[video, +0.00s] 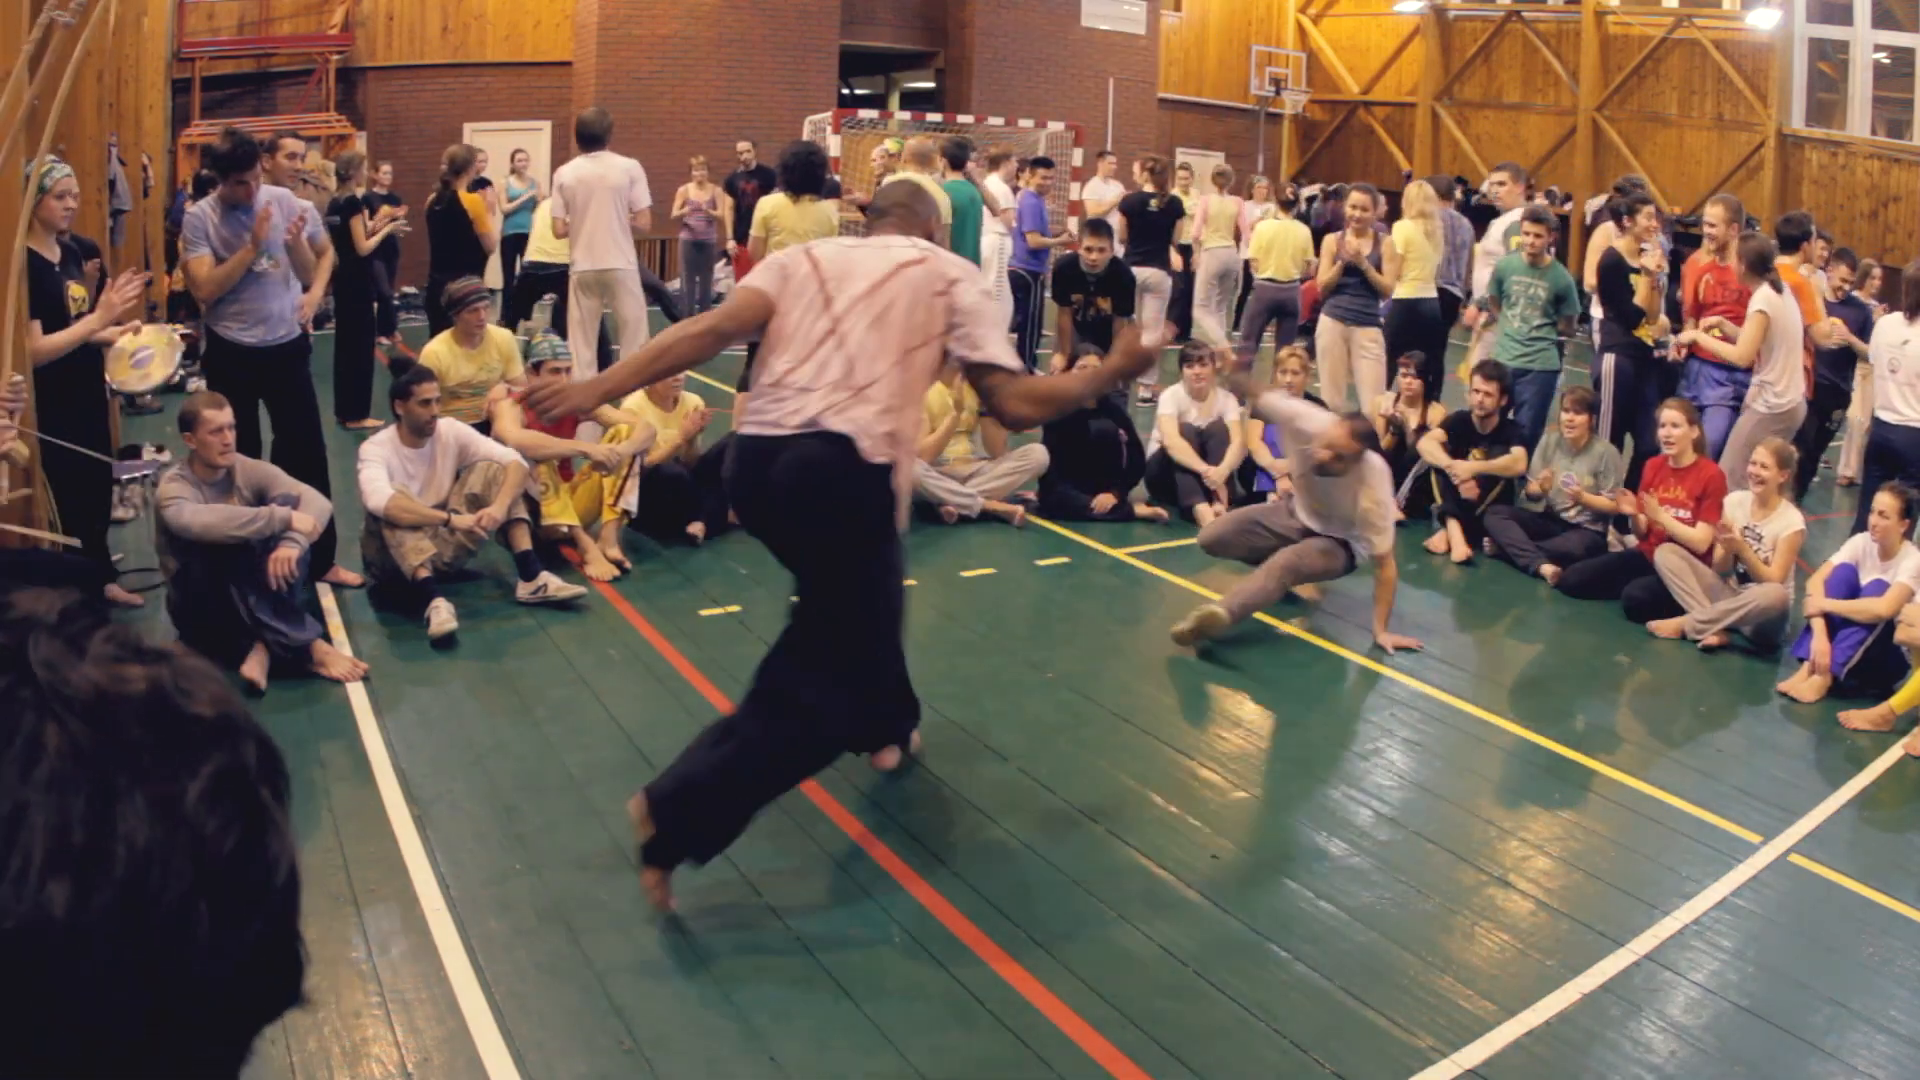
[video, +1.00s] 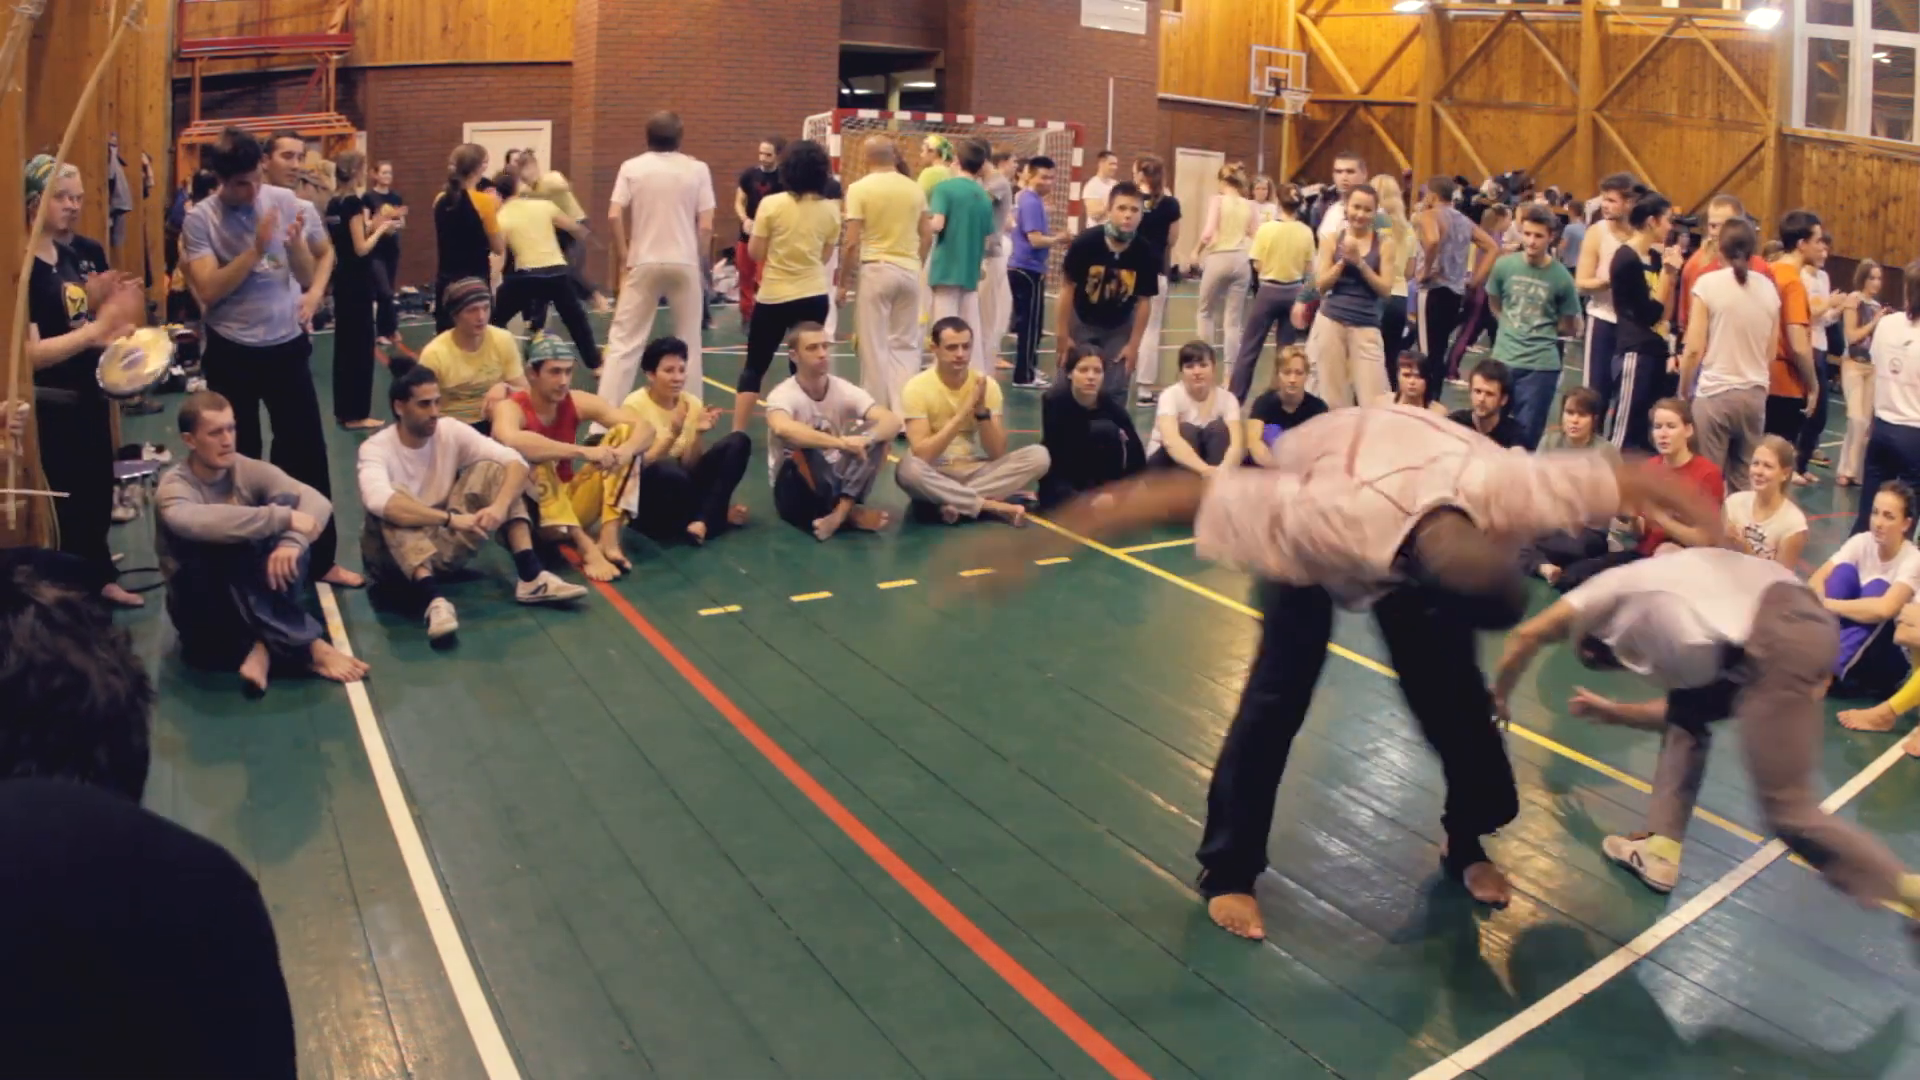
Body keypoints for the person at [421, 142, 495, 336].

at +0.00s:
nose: (478, 168)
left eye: (478, 162)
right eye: (476, 163)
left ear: (448, 166)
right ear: (469, 168)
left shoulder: (432, 201)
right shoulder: (473, 201)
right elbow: (490, 245)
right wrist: (493, 211)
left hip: (437, 282)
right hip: (467, 284)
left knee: (439, 346)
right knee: (465, 346)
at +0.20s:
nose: (481, 167)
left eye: (481, 162)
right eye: (479, 163)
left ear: (451, 166)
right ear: (472, 169)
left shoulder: (436, 201)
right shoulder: (480, 202)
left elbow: (438, 241)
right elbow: (488, 245)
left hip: (441, 279)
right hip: (470, 280)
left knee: (441, 339)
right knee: (469, 338)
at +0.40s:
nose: (485, 168)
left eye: (485, 163)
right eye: (483, 163)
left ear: (455, 165)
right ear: (478, 168)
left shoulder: (438, 200)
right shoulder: (481, 200)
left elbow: (444, 239)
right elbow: (499, 244)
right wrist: (497, 211)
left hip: (444, 280)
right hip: (474, 281)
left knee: (443, 340)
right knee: (472, 341)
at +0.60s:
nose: (486, 167)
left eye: (486, 163)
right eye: (484, 163)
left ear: (456, 165)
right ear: (476, 168)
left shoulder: (439, 199)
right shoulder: (485, 200)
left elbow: (441, 240)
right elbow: (495, 246)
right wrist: (497, 206)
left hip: (446, 276)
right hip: (474, 278)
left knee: (443, 332)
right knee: (474, 333)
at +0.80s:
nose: (485, 168)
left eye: (486, 163)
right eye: (485, 163)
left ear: (457, 165)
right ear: (479, 168)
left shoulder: (440, 200)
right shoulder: (484, 201)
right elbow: (499, 246)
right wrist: (498, 209)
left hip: (446, 279)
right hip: (476, 279)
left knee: (445, 335)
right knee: (474, 336)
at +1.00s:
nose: (486, 168)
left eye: (486, 163)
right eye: (484, 163)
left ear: (457, 165)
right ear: (477, 168)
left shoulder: (440, 200)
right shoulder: (485, 201)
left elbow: (446, 238)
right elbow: (498, 245)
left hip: (446, 280)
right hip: (476, 281)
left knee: (445, 337)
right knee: (475, 337)